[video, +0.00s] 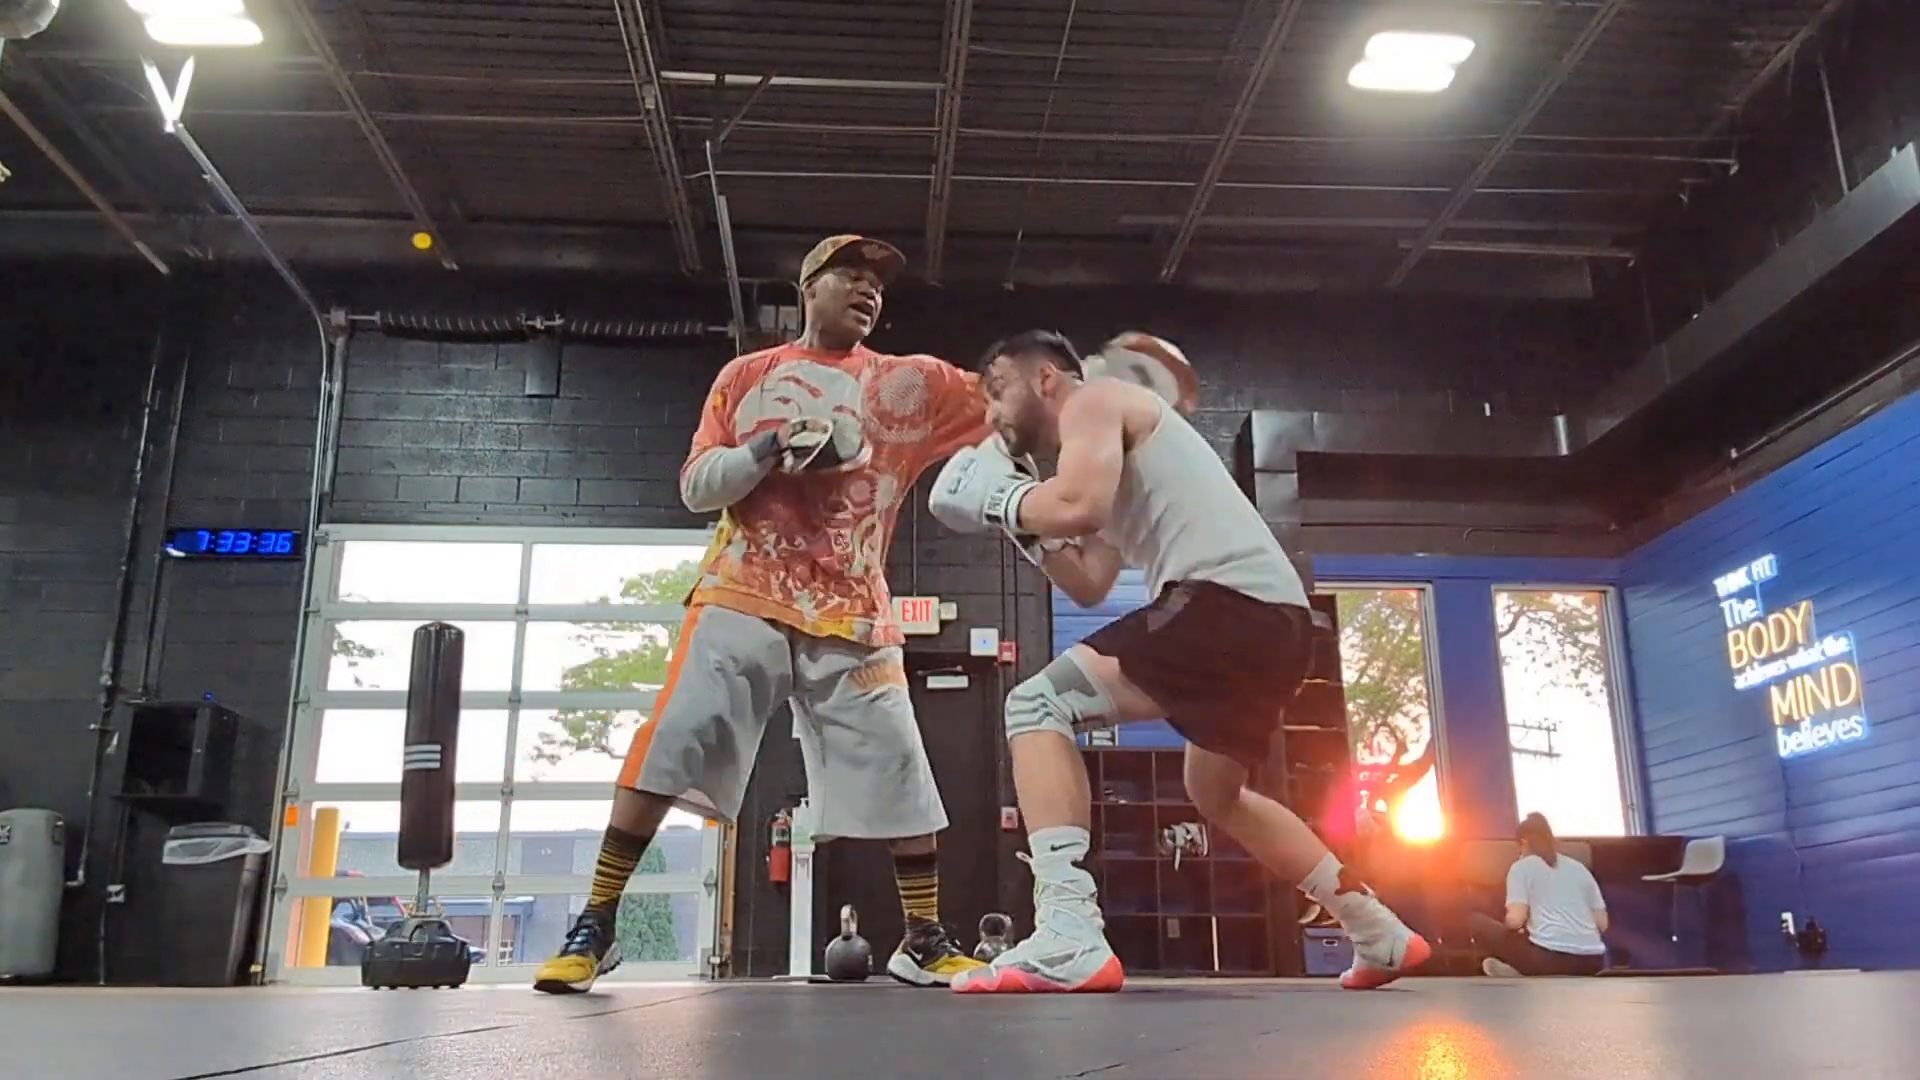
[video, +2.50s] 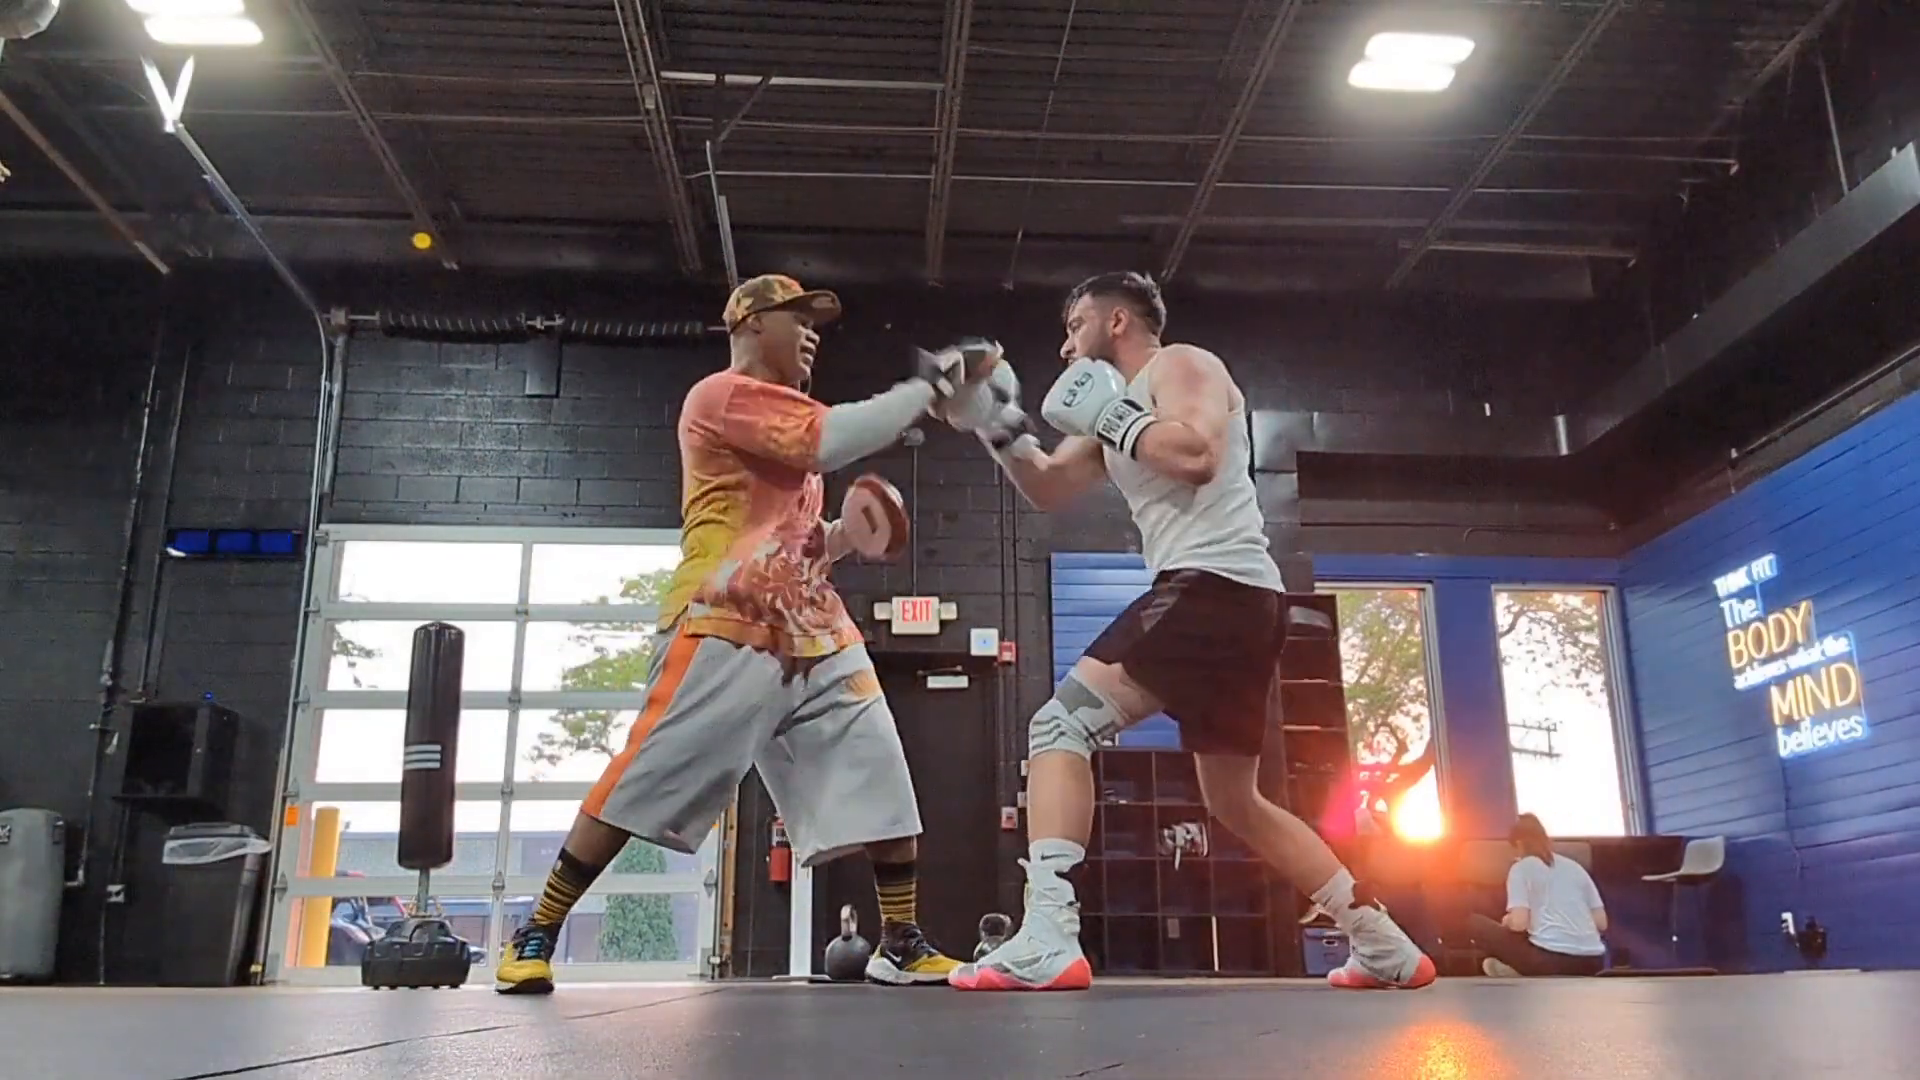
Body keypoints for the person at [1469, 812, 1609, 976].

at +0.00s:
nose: (1519, 851)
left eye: (1519, 845)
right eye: (1519, 846)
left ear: (1524, 842)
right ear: (1549, 839)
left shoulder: (1522, 867)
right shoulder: (1579, 868)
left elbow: (1515, 920)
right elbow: (1602, 923)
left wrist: (1509, 927)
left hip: (1547, 961)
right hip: (1591, 962)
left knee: (1476, 921)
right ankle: (1509, 964)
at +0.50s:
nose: (1513, 853)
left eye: (1512, 848)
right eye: (1511, 849)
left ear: (1517, 844)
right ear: (1540, 839)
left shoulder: (1517, 868)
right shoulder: (1572, 867)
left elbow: (1517, 923)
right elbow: (1598, 921)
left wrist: (1505, 924)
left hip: (1550, 961)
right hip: (1591, 962)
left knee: (1476, 924)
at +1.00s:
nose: (1513, 853)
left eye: (1512, 848)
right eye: (1511, 849)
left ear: (1518, 844)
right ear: (1542, 839)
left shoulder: (1518, 869)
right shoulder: (1574, 867)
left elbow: (1515, 923)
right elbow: (1600, 921)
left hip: (1549, 961)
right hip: (1592, 962)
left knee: (1475, 923)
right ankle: (1514, 966)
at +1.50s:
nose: (1514, 852)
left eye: (1513, 847)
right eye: (1512, 848)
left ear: (1519, 844)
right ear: (1543, 839)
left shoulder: (1520, 870)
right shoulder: (1575, 868)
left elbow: (1518, 924)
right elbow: (1600, 921)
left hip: (1550, 961)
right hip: (1592, 962)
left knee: (1475, 923)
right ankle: (1511, 965)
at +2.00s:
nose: (1515, 853)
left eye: (1513, 848)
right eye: (1513, 848)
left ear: (1518, 844)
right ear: (1544, 839)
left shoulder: (1520, 869)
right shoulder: (1575, 867)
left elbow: (1519, 924)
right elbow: (1601, 922)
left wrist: (1508, 920)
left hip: (1550, 961)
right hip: (1592, 962)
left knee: (1475, 923)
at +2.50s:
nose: (1514, 853)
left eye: (1514, 848)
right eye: (1513, 848)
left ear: (1519, 844)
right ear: (1544, 840)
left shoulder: (1521, 869)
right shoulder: (1575, 867)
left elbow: (1519, 924)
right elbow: (1601, 923)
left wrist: (1507, 920)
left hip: (1550, 961)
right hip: (1592, 962)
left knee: (1474, 923)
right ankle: (1513, 966)